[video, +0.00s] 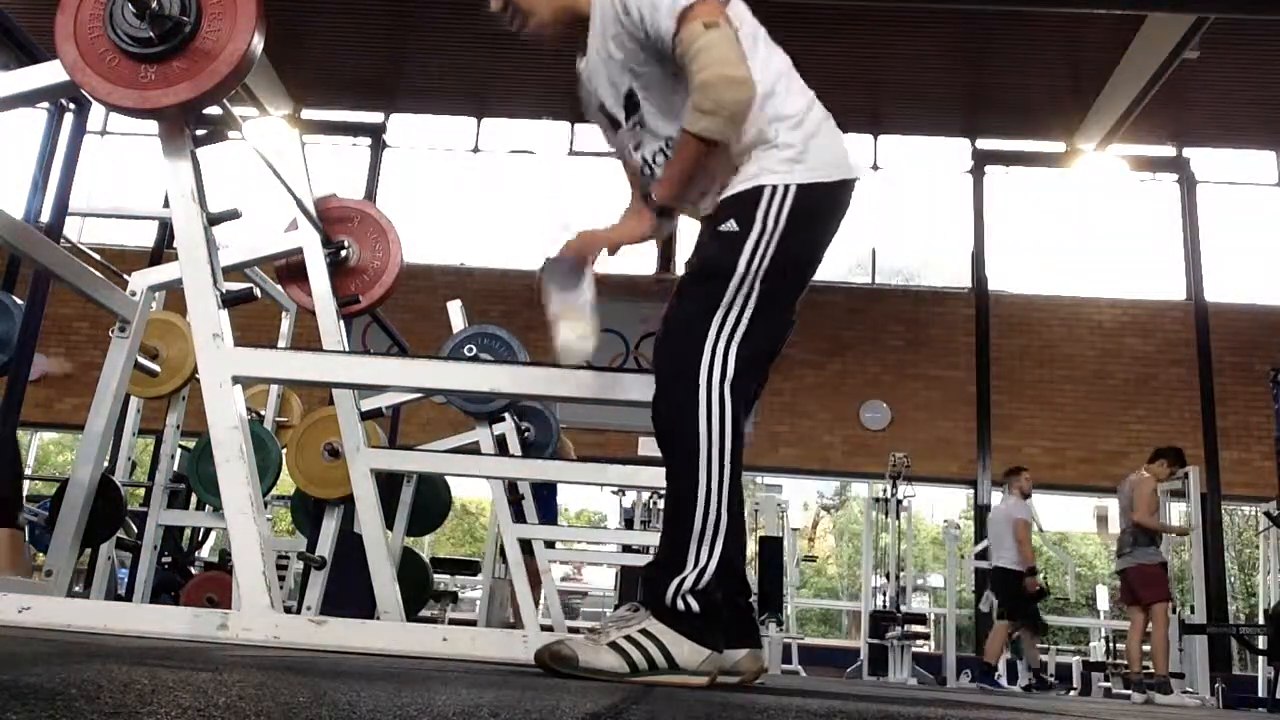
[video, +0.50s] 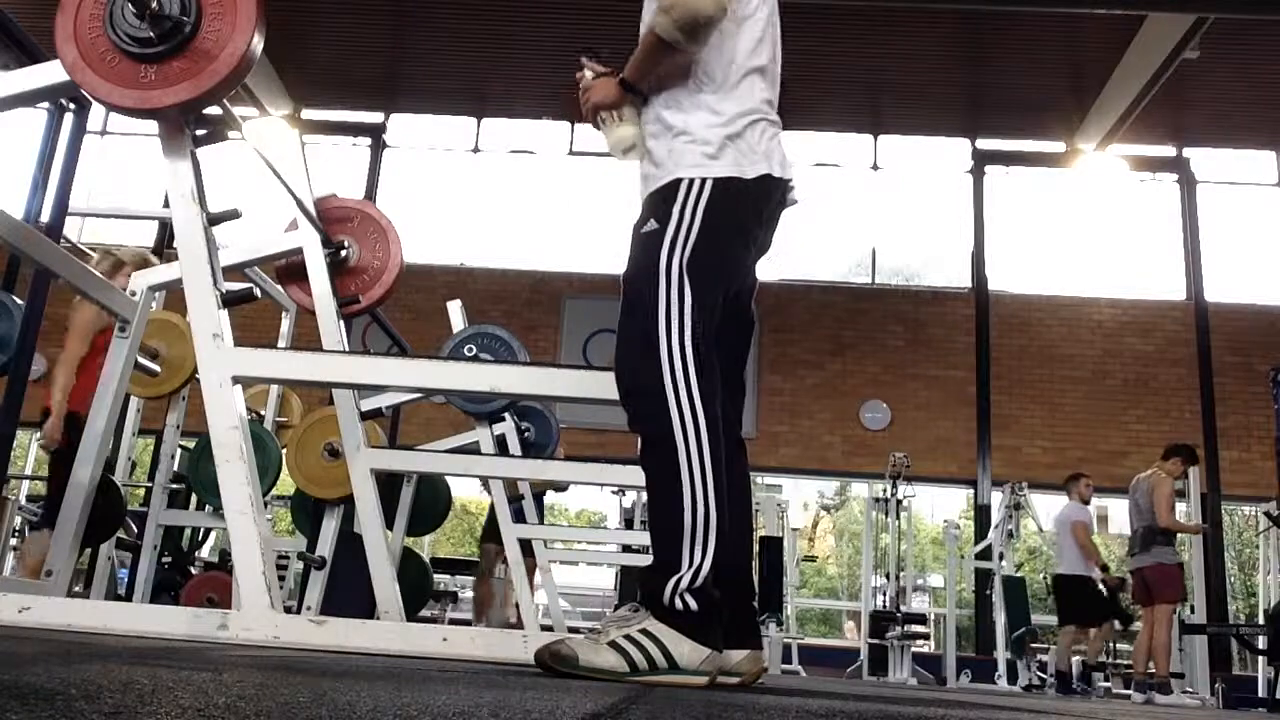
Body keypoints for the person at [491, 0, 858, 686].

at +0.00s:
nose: (510, 18)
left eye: (511, 1)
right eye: (505, 13)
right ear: (526, 17)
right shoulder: (598, 78)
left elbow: (724, 84)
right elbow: (653, 204)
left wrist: (660, 195)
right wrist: (605, 236)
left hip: (786, 167)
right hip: (744, 189)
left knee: (698, 377)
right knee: (691, 393)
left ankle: (690, 622)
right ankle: (726, 631)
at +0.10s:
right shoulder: (617, 29)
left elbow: (718, 51)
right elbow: (685, 169)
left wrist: (648, 161)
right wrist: (620, 185)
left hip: (770, 159)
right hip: (737, 174)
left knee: (696, 370)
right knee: (691, 376)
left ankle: (690, 622)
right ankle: (727, 630)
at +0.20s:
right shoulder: (646, 15)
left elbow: (715, 27)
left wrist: (636, 126)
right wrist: (631, 139)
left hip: (750, 157)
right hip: (711, 168)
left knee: (689, 374)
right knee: (692, 383)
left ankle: (691, 623)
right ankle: (728, 631)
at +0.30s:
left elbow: (709, 16)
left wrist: (637, 100)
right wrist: (625, 106)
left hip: (735, 154)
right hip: (708, 159)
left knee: (678, 370)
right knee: (692, 385)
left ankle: (690, 623)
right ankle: (725, 632)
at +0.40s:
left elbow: (702, 12)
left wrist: (633, 89)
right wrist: (622, 101)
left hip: (719, 159)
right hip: (713, 163)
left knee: (667, 374)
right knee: (704, 399)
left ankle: (686, 623)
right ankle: (730, 635)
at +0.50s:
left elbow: (687, 18)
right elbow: (698, 63)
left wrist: (626, 81)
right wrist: (615, 91)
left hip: (708, 161)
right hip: (719, 165)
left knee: (665, 378)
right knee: (706, 403)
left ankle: (687, 623)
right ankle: (729, 634)